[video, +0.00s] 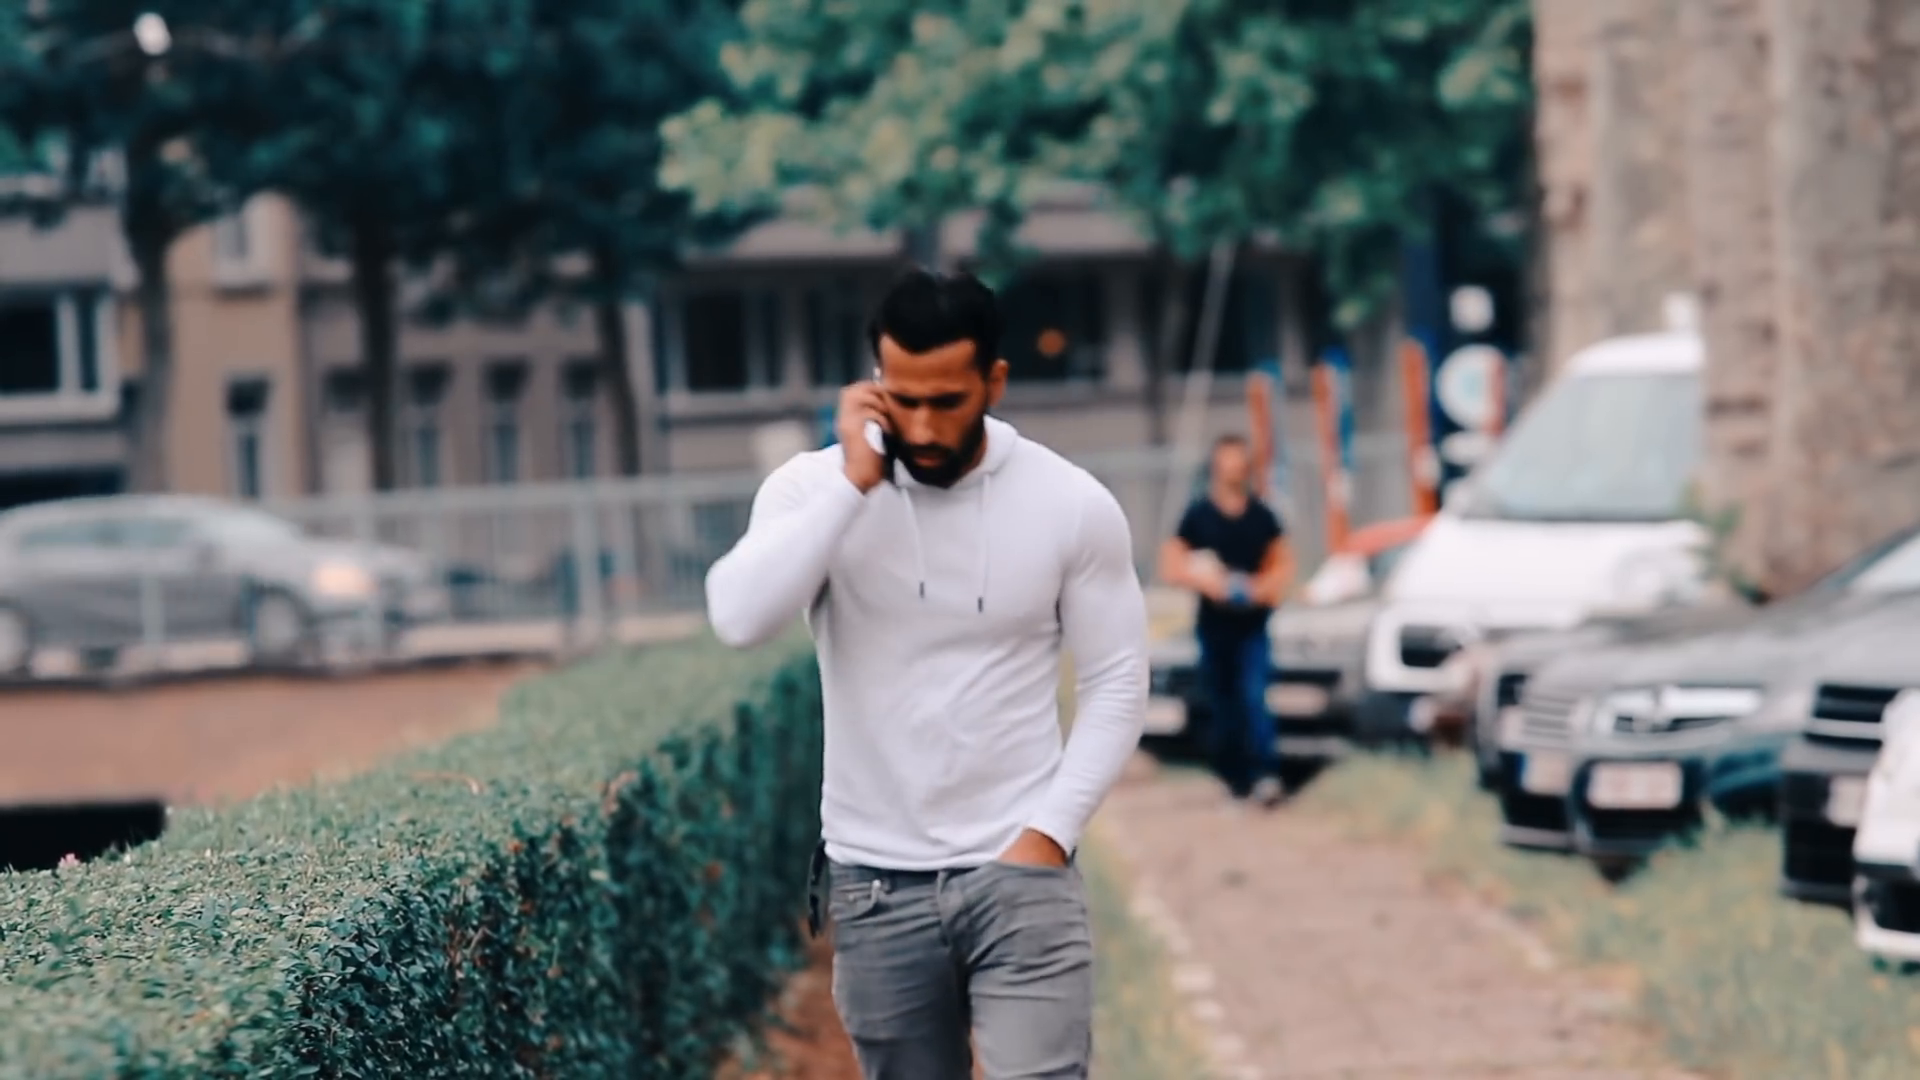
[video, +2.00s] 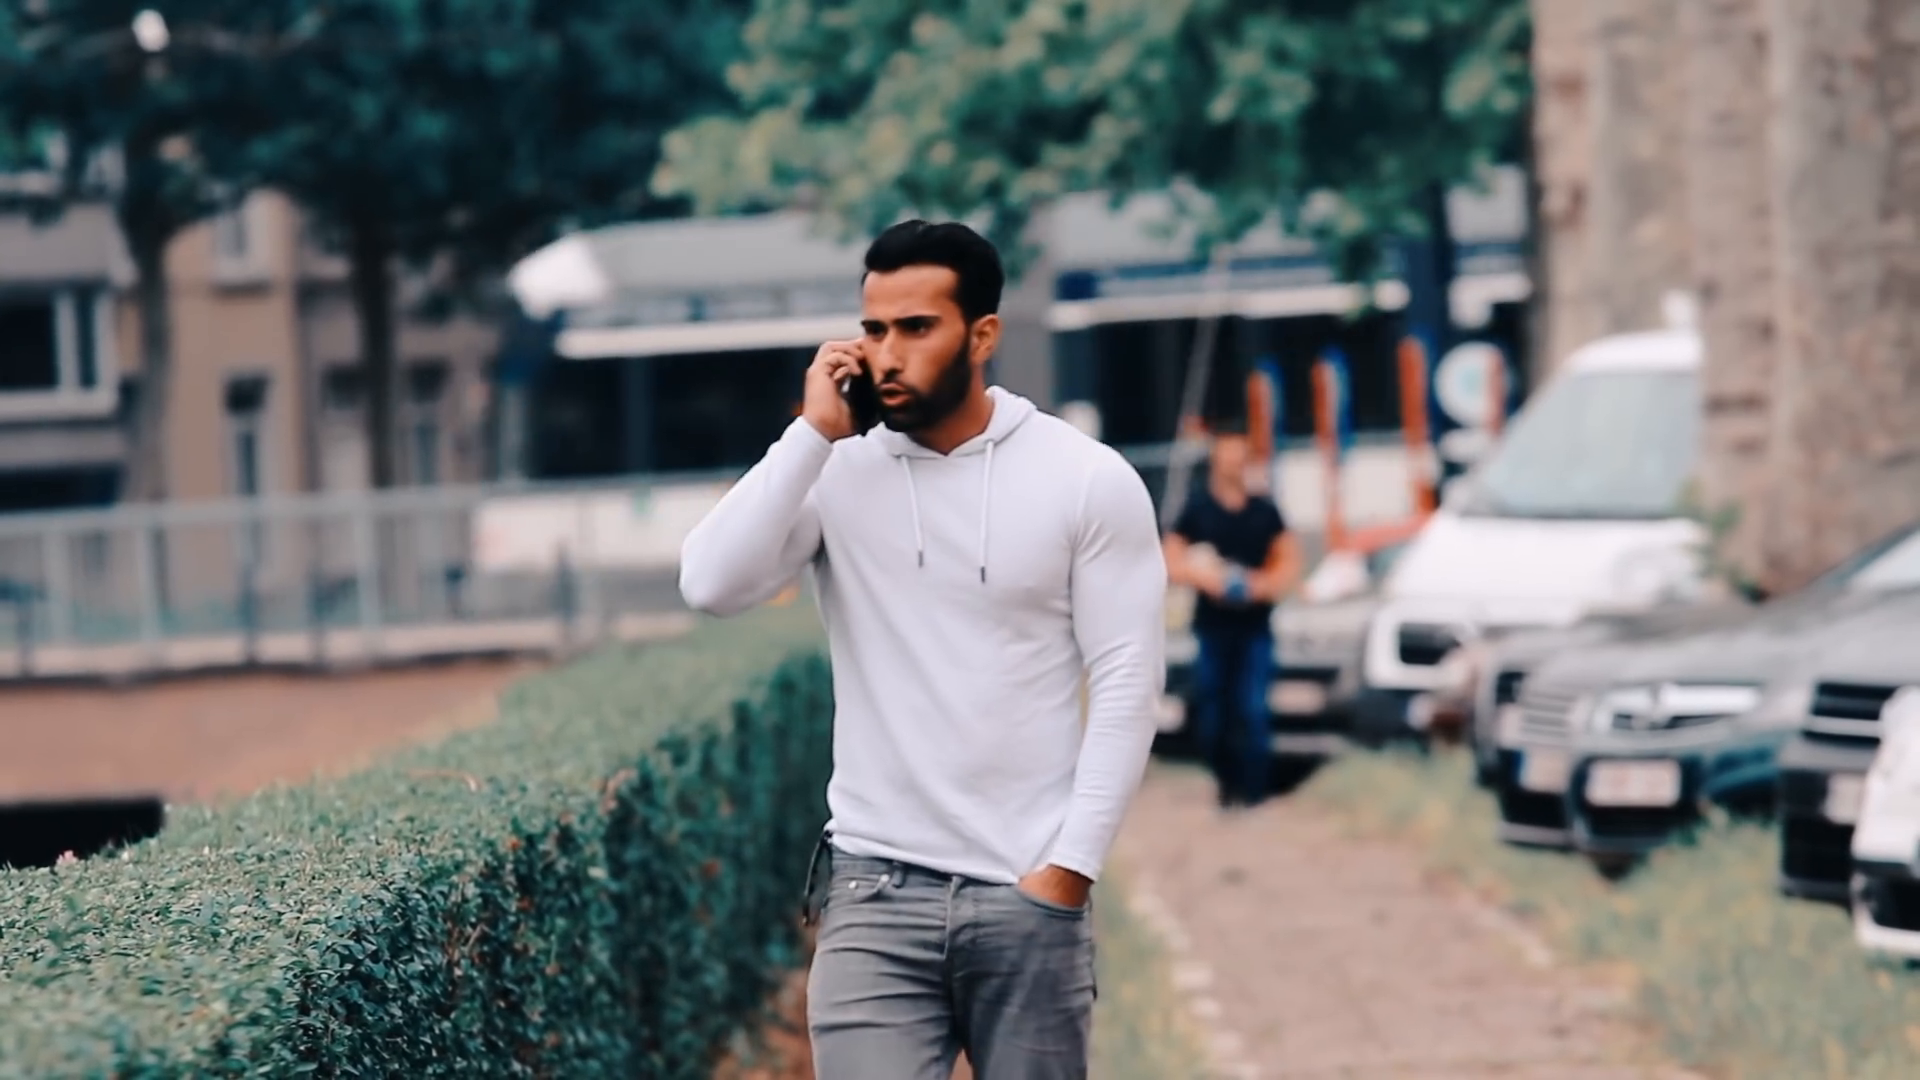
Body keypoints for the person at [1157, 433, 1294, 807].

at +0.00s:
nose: (1232, 470)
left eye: (1238, 463)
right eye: (1225, 463)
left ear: (1248, 466)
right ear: (1214, 466)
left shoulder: (1262, 516)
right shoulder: (1200, 514)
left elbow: (1281, 563)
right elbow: (1172, 564)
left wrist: (1263, 587)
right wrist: (1210, 581)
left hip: (1252, 616)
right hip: (1214, 617)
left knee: (1252, 695)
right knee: (1220, 698)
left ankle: (1264, 773)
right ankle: (1234, 777)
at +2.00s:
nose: (1233, 461)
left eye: (1239, 453)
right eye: (1226, 453)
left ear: (1247, 458)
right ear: (1214, 457)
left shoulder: (1263, 510)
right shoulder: (1199, 508)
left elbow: (1287, 563)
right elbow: (1172, 559)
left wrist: (1262, 585)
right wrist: (1209, 579)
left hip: (1254, 626)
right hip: (1213, 626)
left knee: (1252, 707)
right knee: (1212, 707)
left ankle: (1253, 786)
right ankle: (1226, 783)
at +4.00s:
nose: (1231, 445)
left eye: (1238, 437)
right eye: (1225, 437)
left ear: (1250, 440)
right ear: (1215, 442)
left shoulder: (1271, 495)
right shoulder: (1201, 496)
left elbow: (1302, 553)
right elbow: (1173, 554)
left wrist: (1266, 574)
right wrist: (1211, 572)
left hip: (1261, 616)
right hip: (1218, 616)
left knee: (1259, 708)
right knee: (1222, 703)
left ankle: (1257, 791)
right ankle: (1232, 784)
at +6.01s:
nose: (1214, 426)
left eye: (1222, 418)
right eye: (1206, 418)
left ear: (1234, 420)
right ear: (1193, 419)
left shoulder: (1257, 475)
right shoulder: (1178, 478)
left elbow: (1283, 536)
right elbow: (1151, 540)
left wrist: (1246, 559)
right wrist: (1187, 556)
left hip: (1244, 602)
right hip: (1197, 602)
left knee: (1239, 700)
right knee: (1204, 696)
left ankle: (1238, 793)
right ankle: (1213, 795)